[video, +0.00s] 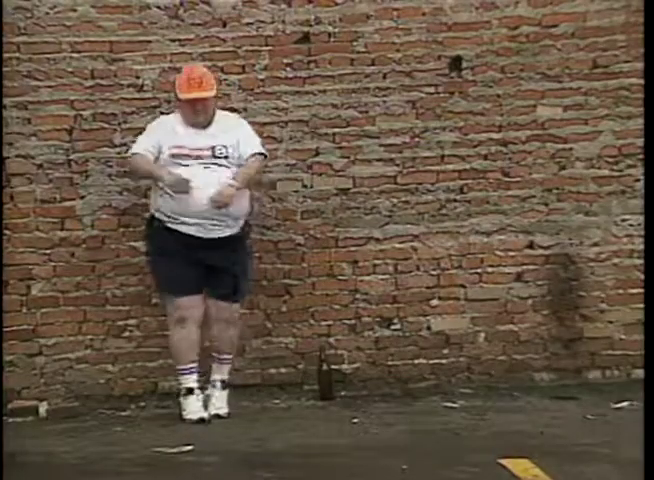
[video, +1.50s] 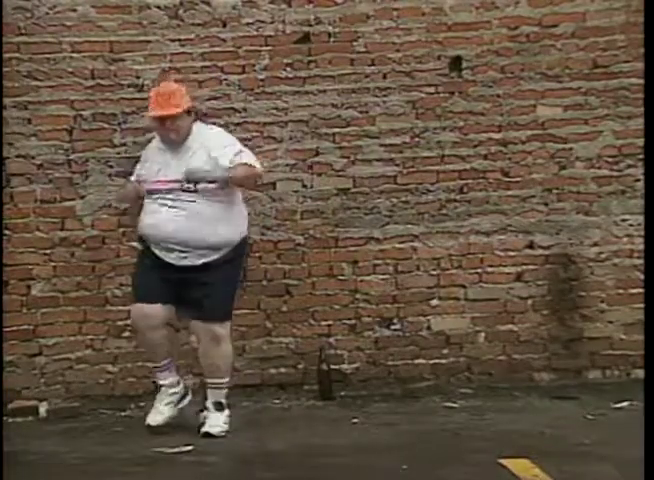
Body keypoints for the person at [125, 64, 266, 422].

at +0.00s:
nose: (198, 107)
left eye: (204, 100)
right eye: (190, 101)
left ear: (215, 97)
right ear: (178, 99)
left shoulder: (235, 126)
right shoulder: (164, 127)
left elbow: (257, 161)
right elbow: (134, 160)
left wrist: (233, 186)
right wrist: (162, 174)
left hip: (226, 236)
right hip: (175, 234)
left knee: (226, 313)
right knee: (184, 312)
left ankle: (219, 386)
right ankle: (190, 390)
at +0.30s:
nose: (193, 104)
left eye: (199, 96)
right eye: (185, 97)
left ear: (211, 99)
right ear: (174, 101)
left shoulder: (232, 135)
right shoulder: (158, 138)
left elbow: (264, 174)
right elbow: (128, 174)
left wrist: (274, 206)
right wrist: (107, 201)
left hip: (230, 244)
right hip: (173, 244)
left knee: (236, 313)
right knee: (186, 322)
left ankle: (239, 392)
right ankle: (192, 395)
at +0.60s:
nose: (188, 119)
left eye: (195, 112)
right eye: (183, 113)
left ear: (213, 109)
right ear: (176, 112)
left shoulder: (237, 138)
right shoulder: (165, 144)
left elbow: (265, 168)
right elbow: (136, 184)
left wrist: (278, 177)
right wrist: (118, 218)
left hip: (234, 251)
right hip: (176, 248)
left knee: (237, 323)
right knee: (173, 316)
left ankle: (236, 396)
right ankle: (183, 378)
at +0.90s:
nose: (174, 114)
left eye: (182, 108)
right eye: (169, 107)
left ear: (199, 107)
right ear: (161, 105)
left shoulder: (221, 138)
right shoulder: (149, 141)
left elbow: (253, 175)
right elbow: (126, 180)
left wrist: (254, 195)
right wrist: (113, 196)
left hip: (222, 246)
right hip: (163, 246)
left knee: (242, 317)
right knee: (173, 326)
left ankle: (237, 388)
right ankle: (181, 405)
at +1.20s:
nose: (189, 105)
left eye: (194, 97)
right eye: (181, 99)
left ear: (203, 96)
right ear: (166, 99)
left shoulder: (220, 127)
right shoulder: (146, 132)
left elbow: (248, 165)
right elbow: (121, 177)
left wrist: (244, 191)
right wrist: (125, 215)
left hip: (215, 243)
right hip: (160, 245)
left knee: (213, 326)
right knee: (170, 327)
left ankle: (218, 404)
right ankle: (181, 403)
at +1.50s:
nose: (167, 127)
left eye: (174, 118)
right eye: (160, 120)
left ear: (190, 113)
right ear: (152, 120)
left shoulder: (213, 139)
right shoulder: (153, 150)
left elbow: (254, 175)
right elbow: (139, 193)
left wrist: (218, 177)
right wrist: (132, 194)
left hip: (215, 255)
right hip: (160, 252)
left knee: (212, 330)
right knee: (145, 316)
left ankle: (217, 406)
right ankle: (171, 387)